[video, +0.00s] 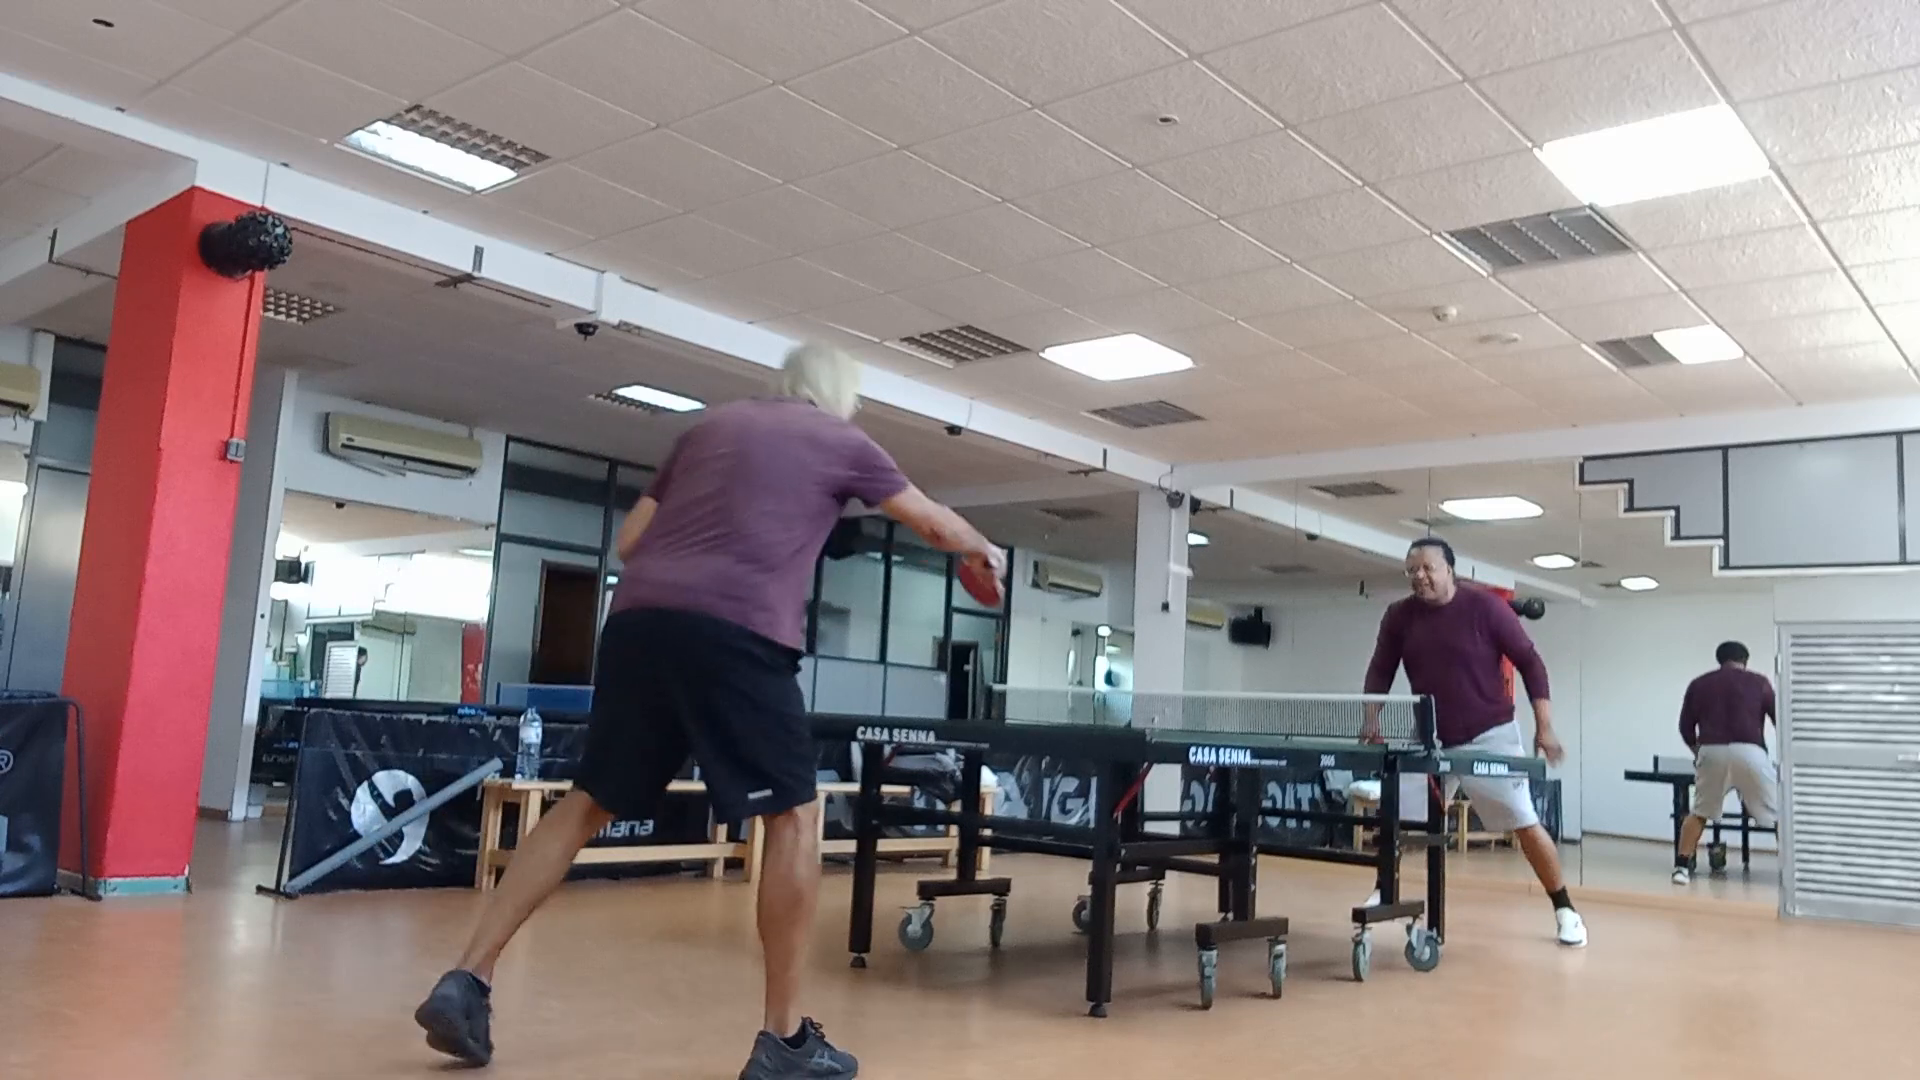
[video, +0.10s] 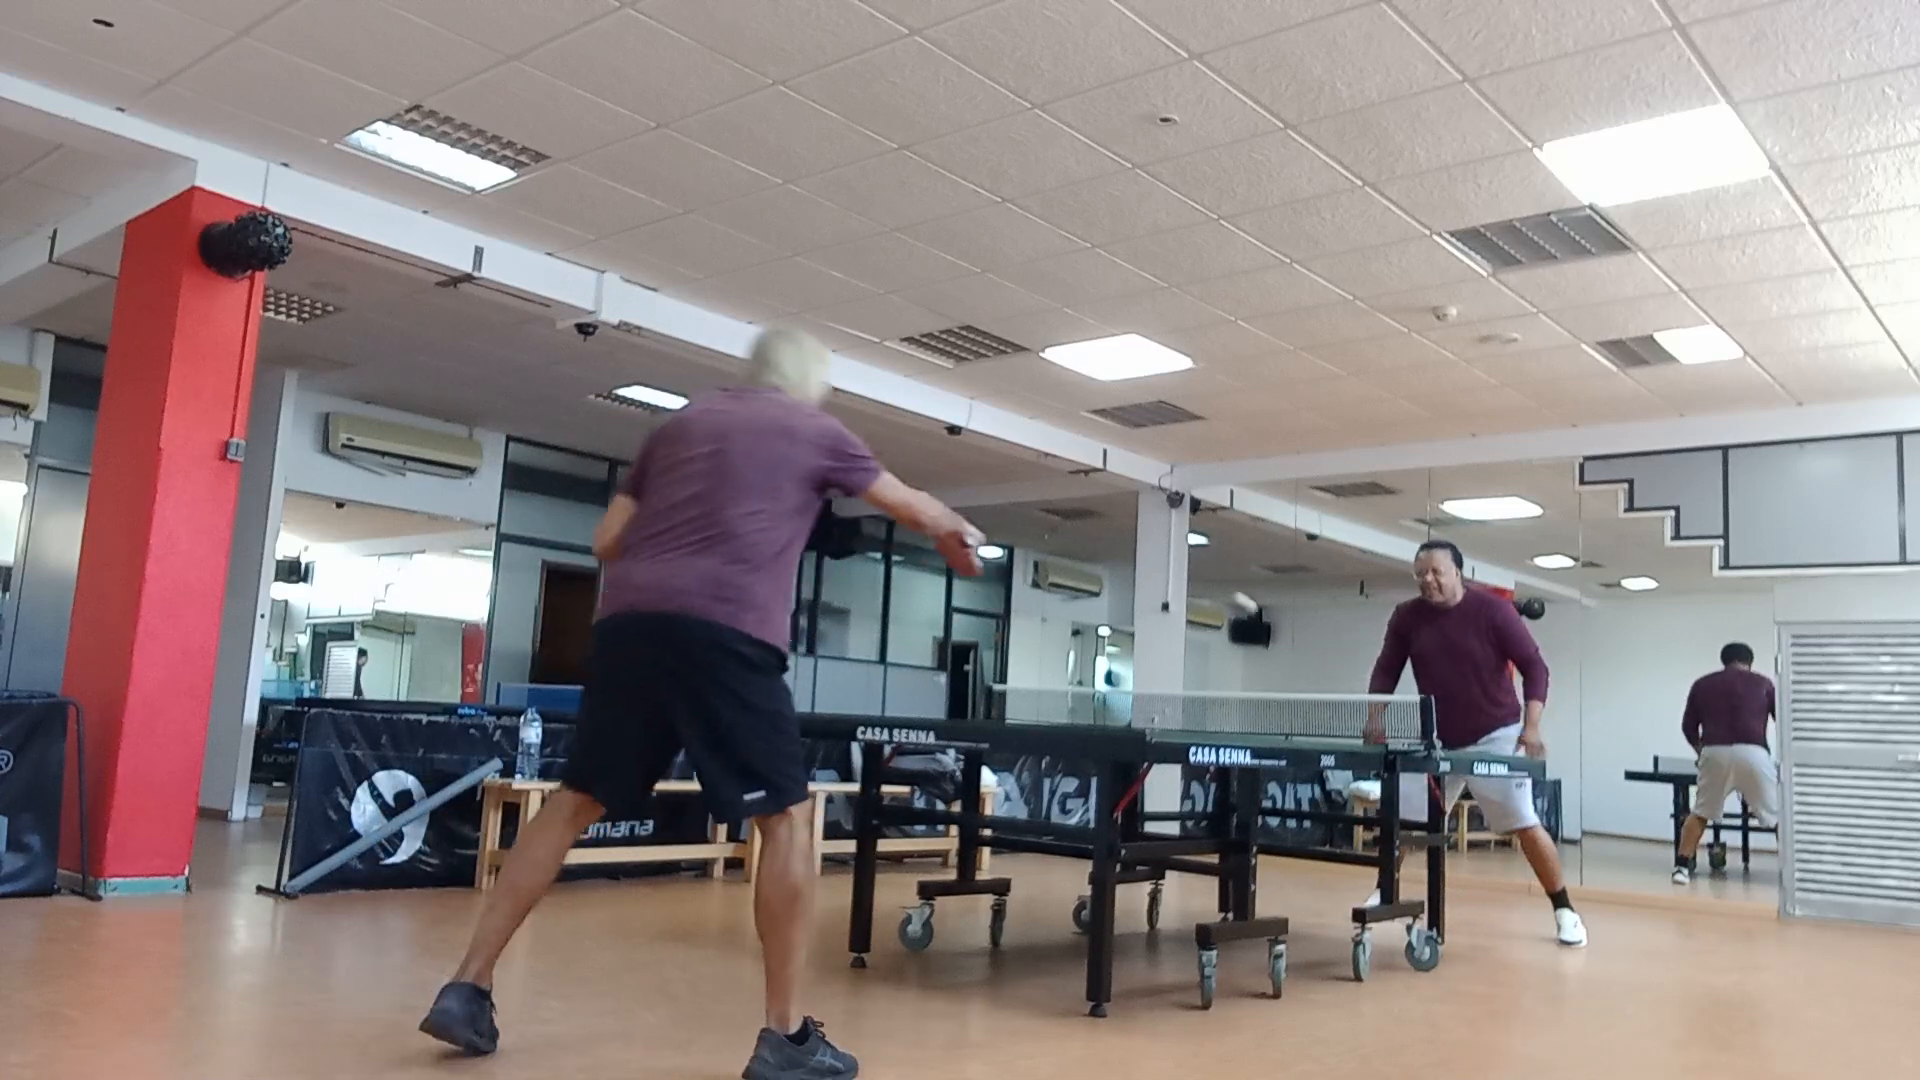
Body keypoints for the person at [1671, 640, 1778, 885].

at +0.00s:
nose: (1745, 666)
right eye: (1746, 663)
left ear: (1719, 661)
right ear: (1744, 662)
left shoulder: (1699, 684)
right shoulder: (1759, 682)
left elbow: (1685, 726)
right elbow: (1782, 721)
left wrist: (1699, 751)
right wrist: (1790, 752)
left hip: (1711, 753)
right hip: (1750, 753)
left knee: (1699, 812)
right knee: (1778, 816)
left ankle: (1681, 867)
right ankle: (1794, 875)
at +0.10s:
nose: (1749, 668)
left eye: (1747, 666)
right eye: (1749, 665)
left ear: (1723, 662)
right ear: (1749, 664)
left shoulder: (1702, 684)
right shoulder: (1763, 684)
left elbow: (1688, 726)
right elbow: (1784, 719)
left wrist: (1702, 751)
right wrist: (1788, 753)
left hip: (1713, 754)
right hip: (1754, 754)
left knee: (1700, 813)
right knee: (1779, 819)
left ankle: (1682, 866)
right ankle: (1795, 875)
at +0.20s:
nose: (1753, 671)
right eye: (1754, 668)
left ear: (1728, 665)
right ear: (1754, 666)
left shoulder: (1706, 685)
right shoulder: (1767, 686)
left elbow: (1690, 726)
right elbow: (1788, 718)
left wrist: (1703, 753)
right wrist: (1787, 755)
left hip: (1715, 754)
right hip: (1756, 755)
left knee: (1700, 813)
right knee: (1780, 819)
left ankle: (1682, 866)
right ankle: (1795, 876)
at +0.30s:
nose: (1754, 674)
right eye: (1755, 670)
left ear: (1729, 667)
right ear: (1756, 669)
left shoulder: (1710, 684)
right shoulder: (1769, 687)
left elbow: (1690, 725)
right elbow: (1786, 720)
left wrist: (1703, 753)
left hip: (1716, 751)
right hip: (1757, 753)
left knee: (1699, 811)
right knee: (1779, 819)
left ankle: (1682, 865)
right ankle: (1795, 875)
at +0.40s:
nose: (1753, 674)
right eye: (1754, 670)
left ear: (1729, 666)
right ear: (1755, 668)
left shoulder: (1709, 683)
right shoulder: (1769, 686)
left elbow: (1687, 723)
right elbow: (1789, 717)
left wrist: (1703, 748)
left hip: (1715, 750)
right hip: (1756, 752)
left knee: (1697, 810)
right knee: (1778, 818)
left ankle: (1678, 865)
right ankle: (1795, 875)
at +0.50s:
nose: (1749, 669)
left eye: (1746, 667)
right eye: (1749, 666)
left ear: (1722, 662)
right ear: (1749, 664)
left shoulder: (1703, 682)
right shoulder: (1759, 681)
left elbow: (1687, 724)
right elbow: (1782, 713)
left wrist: (1711, 738)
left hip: (1712, 752)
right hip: (1751, 752)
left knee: (1691, 812)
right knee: (1777, 817)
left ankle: (1672, 867)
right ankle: (1794, 875)